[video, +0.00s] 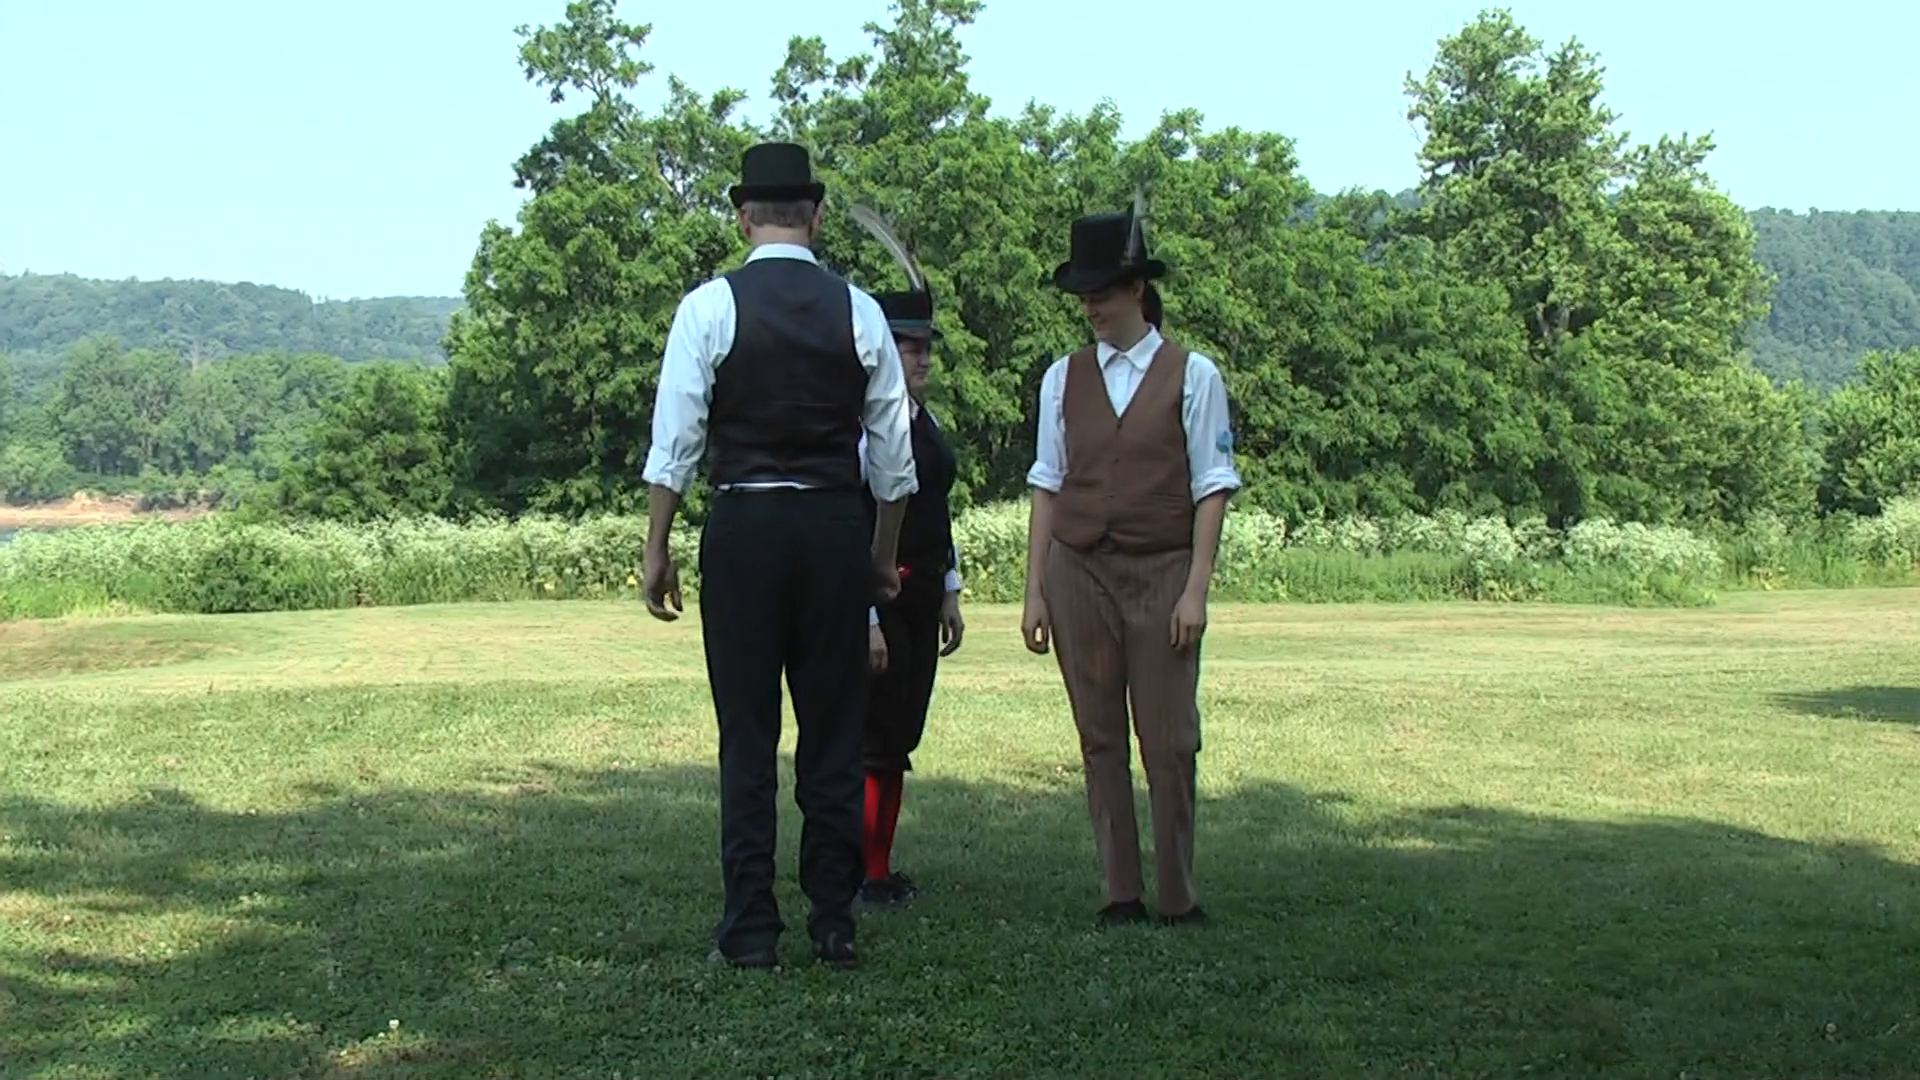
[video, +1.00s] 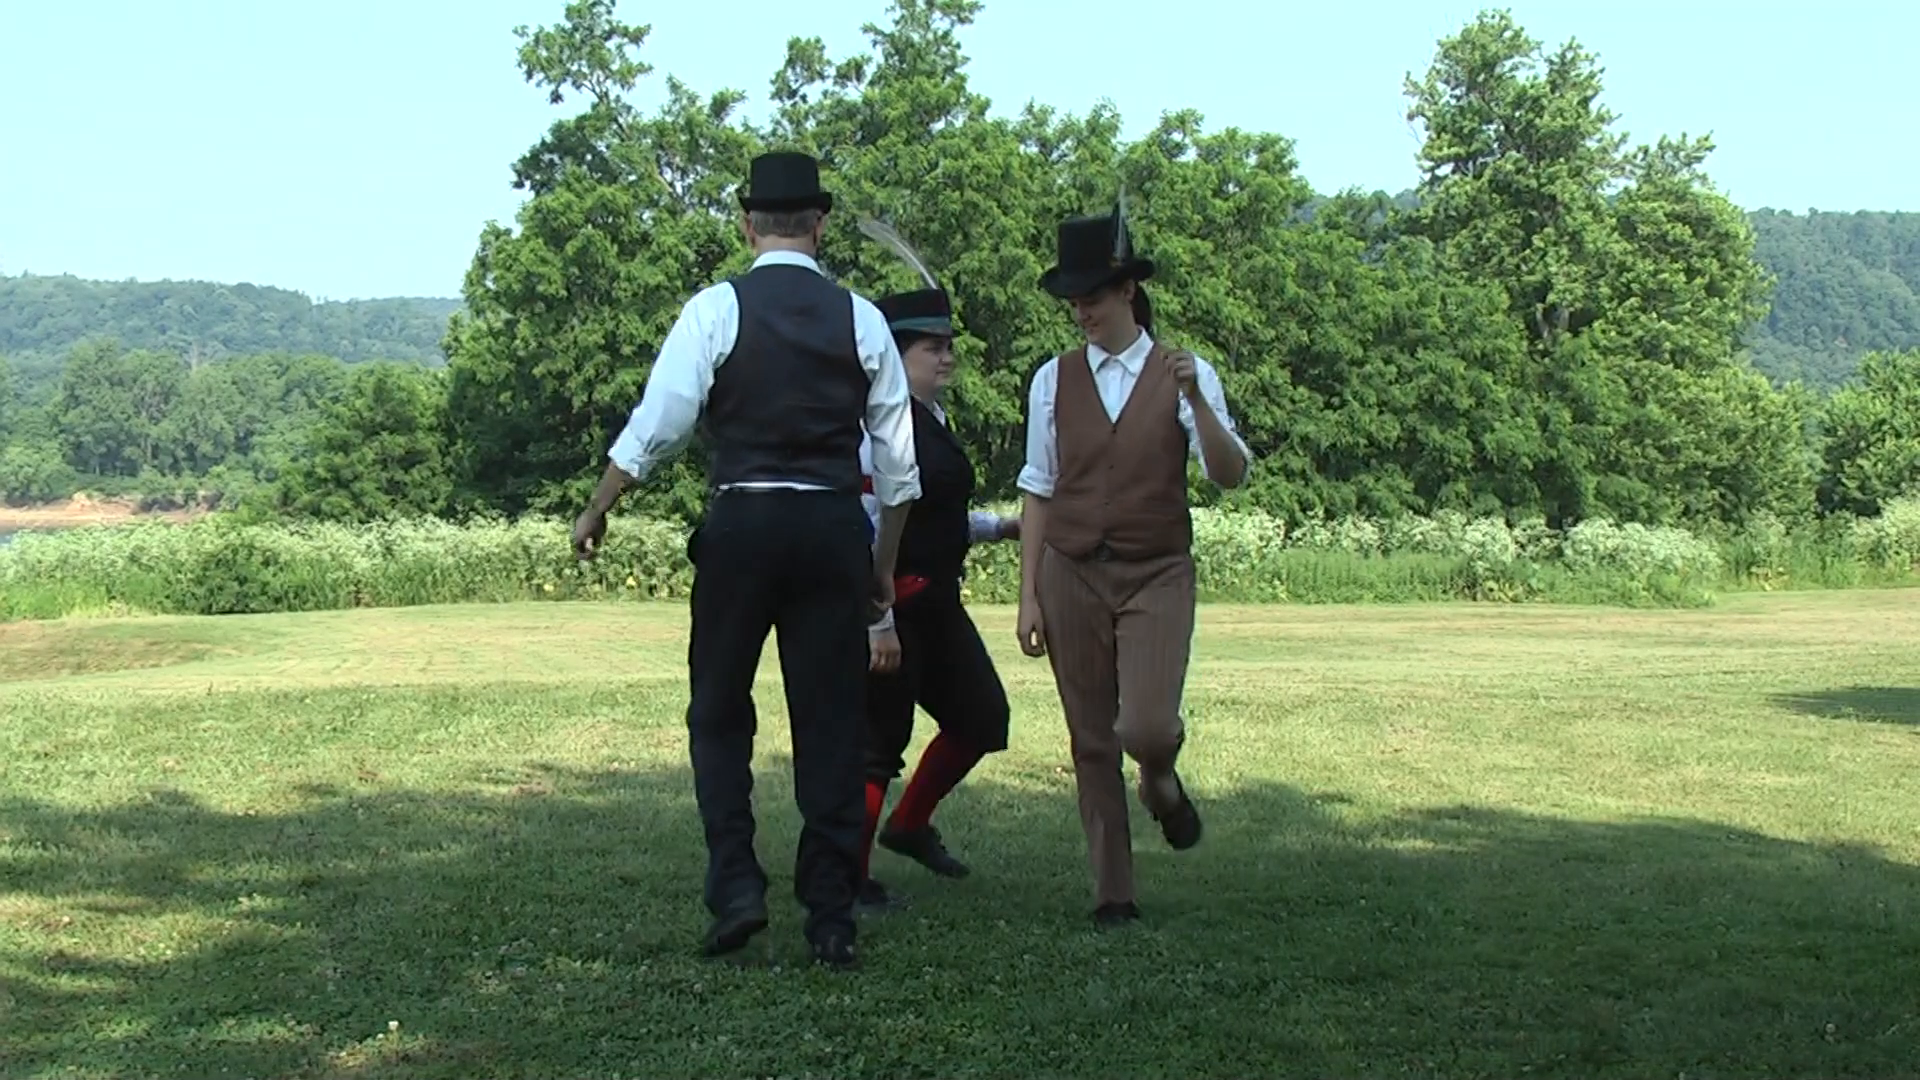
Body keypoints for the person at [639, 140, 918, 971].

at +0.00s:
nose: (772, 222)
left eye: (749, 211)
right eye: (803, 210)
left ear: (742, 215)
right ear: (815, 214)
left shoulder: (710, 305)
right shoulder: (859, 309)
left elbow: (676, 433)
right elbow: (892, 441)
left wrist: (656, 545)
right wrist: (886, 545)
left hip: (742, 535)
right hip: (836, 533)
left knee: (745, 738)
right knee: (833, 733)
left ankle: (749, 929)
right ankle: (835, 923)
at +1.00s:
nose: (765, 230)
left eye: (753, 220)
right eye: (807, 220)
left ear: (748, 224)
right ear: (823, 225)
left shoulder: (714, 308)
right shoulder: (863, 318)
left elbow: (664, 415)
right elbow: (895, 457)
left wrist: (598, 507)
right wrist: (885, 562)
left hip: (740, 527)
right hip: (836, 533)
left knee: (718, 711)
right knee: (830, 720)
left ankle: (736, 899)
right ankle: (831, 920)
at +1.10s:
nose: (747, 228)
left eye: (743, 218)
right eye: (809, 219)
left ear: (740, 222)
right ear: (813, 224)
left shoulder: (712, 299)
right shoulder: (854, 314)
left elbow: (636, 389)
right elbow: (896, 449)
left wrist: (551, 424)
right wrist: (880, 550)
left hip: (737, 520)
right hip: (830, 526)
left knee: (705, 689)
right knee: (830, 714)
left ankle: (722, 866)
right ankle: (834, 918)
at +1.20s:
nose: (787, 231)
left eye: (741, 222)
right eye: (796, 221)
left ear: (728, 226)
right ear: (799, 226)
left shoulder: (699, 301)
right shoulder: (840, 314)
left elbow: (591, 348)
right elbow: (883, 442)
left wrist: (529, 338)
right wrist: (871, 547)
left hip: (724, 521)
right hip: (815, 526)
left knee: (695, 694)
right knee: (819, 719)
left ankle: (707, 872)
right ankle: (832, 920)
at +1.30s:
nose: (750, 247)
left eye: (722, 237)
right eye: (770, 237)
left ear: (707, 242)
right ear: (777, 243)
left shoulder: (671, 315)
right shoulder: (819, 325)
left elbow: (549, 309)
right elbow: (867, 450)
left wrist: (522, 257)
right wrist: (869, 561)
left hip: (708, 533)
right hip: (800, 538)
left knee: (706, 714)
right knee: (792, 722)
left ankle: (694, 916)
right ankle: (828, 907)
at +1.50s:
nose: (761, 244)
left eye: (752, 234)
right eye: (761, 234)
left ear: (689, 241)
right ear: (751, 239)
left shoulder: (651, 308)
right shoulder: (789, 321)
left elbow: (599, 232)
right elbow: (836, 433)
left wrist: (579, 152)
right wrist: (852, 536)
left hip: (684, 529)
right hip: (775, 528)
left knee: (692, 722)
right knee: (773, 628)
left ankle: (697, 917)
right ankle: (771, 784)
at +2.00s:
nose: (819, 316)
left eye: (818, 303)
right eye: (819, 302)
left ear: (753, 285)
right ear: (802, 297)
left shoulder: (694, 328)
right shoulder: (811, 361)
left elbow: (676, 250)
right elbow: (830, 473)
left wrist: (710, 164)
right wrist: (816, 570)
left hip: (665, 541)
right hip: (745, 548)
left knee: (681, 724)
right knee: (809, 631)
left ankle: (672, 897)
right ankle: (758, 797)